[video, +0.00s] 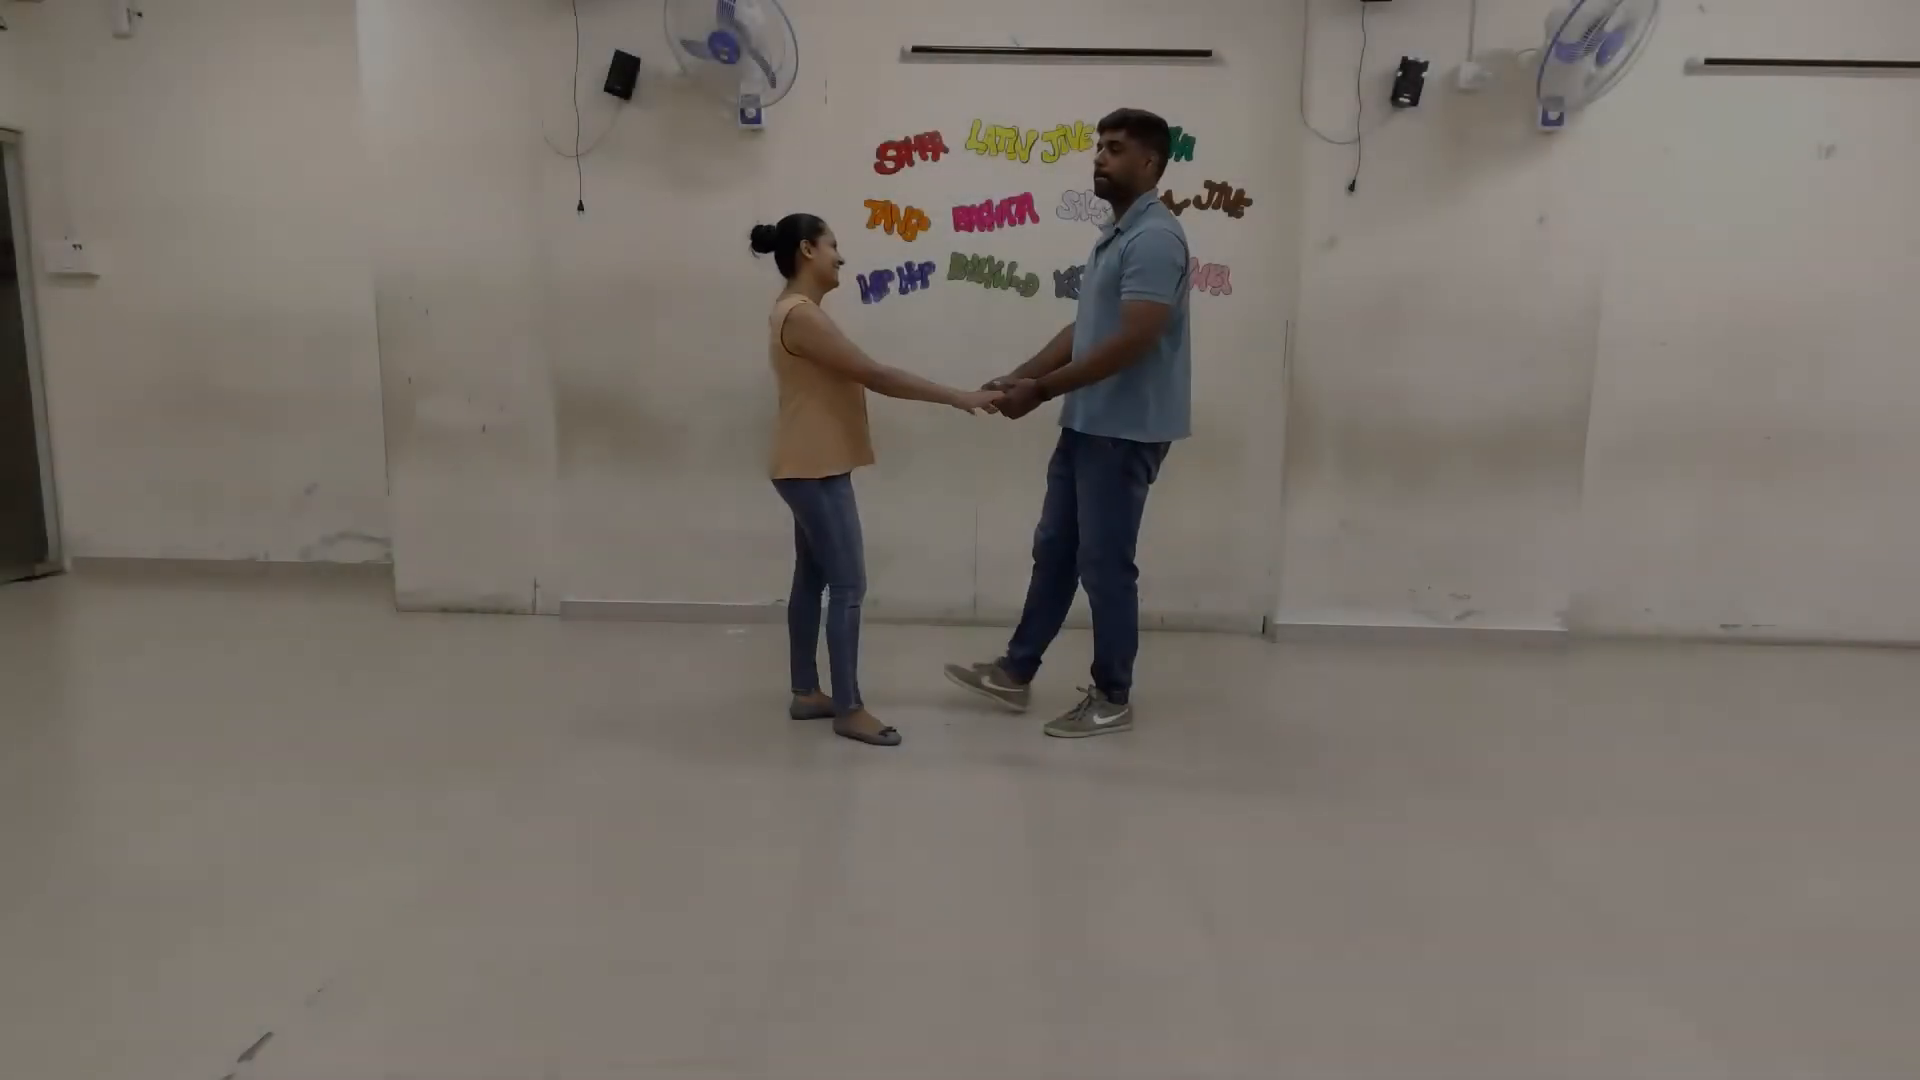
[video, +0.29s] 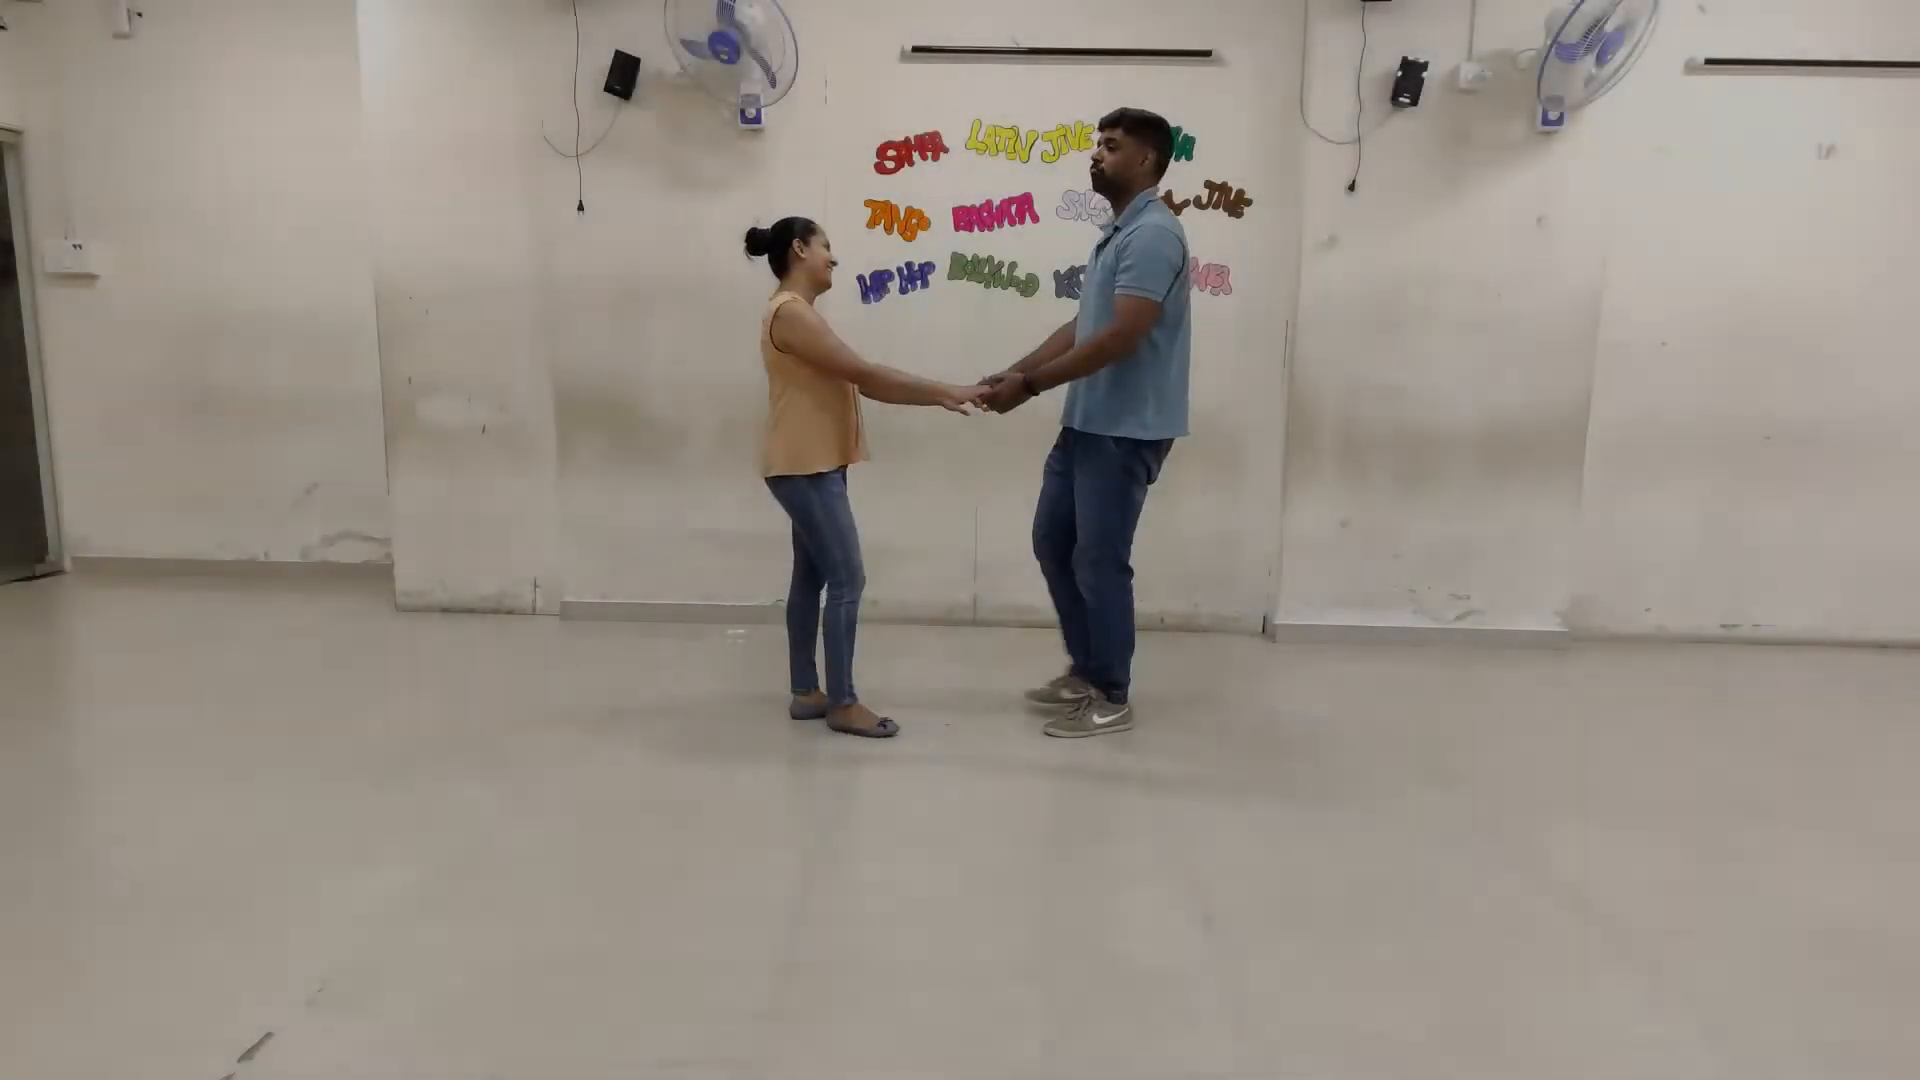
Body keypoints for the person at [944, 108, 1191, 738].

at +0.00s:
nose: (1099, 158)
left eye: (1113, 149)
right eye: (1099, 148)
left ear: (1151, 161)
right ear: (1107, 160)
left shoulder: (1155, 237)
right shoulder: (1119, 234)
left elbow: (1140, 335)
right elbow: (1085, 328)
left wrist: (1046, 387)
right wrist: (1025, 377)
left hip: (1126, 429)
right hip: (1087, 421)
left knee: (1106, 563)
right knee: (1056, 549)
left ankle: (1112, 698)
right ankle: (1015, 671)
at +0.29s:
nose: (1097, 155)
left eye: (1112, 146)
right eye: (1097, 145)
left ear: (1150, 160)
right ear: (1120, 163)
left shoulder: (1153, 233)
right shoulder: (1119, 236)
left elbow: (1125, 334)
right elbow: (1080, 327)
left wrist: (1032, 381)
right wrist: (1016, 375)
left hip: (1126, 427)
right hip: (1089, 421)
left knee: (1100, 558)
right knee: (1054, 541)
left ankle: (1111, 697)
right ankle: (1089, 675)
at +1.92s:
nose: (1145, 143)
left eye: (1163, 134)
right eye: (1138, 132)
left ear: (1193, 150)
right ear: (1128, 145)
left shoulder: (1194, 230)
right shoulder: (1135, 226)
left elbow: (1143, 332)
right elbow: (1104, 325)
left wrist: (1037, 378)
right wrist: (1034, 382)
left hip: (1160, 437)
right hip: (1112, 428)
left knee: (1118, 579)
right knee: (1085, 564)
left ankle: (1127, 723)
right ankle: (1155, 686)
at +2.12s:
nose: (1152, 155)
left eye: (1168, 146)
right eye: (1151, 145)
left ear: (1208, 160)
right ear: (1152, 158)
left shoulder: (1210, 241)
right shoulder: (1166, 237)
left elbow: (1147, 338)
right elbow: (1116, 326)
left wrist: (1044, 383)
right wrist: (1034, 373)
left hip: (1178, 445)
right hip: (1161, 441)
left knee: (1114, 580)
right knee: (1167, 576)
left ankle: (1127, 727)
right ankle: (1225, 709)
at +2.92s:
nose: (1055, 166)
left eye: (1067, 156)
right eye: (1058, 155)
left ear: (1104, 166)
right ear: (1101, 168)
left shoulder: (1116, 236)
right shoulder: (1116, 228)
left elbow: (1137, 340)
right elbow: (1129, 337)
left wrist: (1040, 364)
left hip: (1112, 437)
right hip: (1117, 433)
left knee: (1057, 569)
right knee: (1077, 557)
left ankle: (1086, 713)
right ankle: (1159, 667)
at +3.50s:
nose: (1135, 192)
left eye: (1151, 184)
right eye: (1140, 180)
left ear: (1191, 200)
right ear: (1156, 190)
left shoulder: (1207, 269)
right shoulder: (1157, 268)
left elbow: (1176, 371)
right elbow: (1108, 349)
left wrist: (1071, 394)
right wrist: (1030, 387)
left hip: (1183, 460)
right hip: (1166, 456)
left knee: (1087, 570)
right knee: (1157, 587)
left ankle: (1079, 712)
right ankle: (1251, 697)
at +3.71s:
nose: (1178, 176)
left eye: (1192, 168)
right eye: (1182, 165)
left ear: (1229, 180)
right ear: (1225, 182)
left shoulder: (1232, 240)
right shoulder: (1242, 240)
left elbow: (1160, 334)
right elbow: (1202, 348)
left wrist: (1063, 323)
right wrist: (1130, 392)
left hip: (1232, 438)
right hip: (1262, 438)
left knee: (1149, 560)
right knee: (1209, 571)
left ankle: (1157, 721)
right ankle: (1259, 708)